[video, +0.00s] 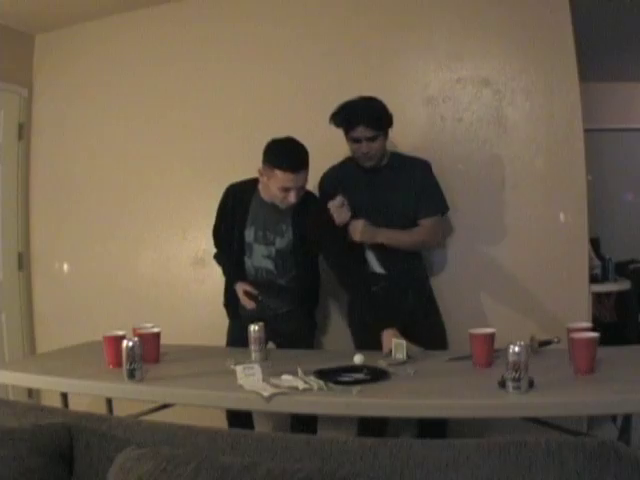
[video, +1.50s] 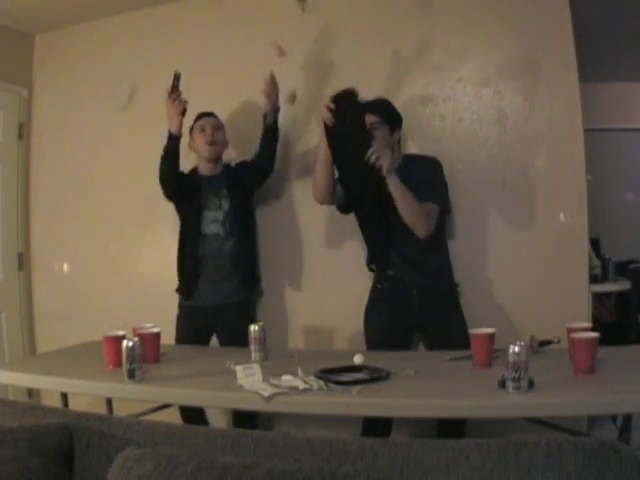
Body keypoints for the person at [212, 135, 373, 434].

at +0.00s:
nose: (294, 198)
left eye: (300, 189)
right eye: (285, 190)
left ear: (306, 177)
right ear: (263, 175)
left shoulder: (311, 208)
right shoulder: (236, 197)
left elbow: (343, 264)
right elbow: (223, 244)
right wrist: (235, 280)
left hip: (295, 317)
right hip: (246, 315)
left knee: (299, 398)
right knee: (235, 394)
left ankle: (301, 464)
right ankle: (242, 460)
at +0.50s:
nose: (271, 174)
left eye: (276, 165)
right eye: (262, 166)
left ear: (282, 158)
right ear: (241, 160)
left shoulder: (298, 198)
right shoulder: (221, 195)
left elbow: (319, 253)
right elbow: (216, 243)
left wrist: (343, 289)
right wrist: (222, 278)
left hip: (286, 313)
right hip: (237, 312)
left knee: (295, 393)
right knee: (223, 391)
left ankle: (301, 462)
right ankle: (228, 462)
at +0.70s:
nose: (247, 159)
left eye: (252, 150)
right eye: (239, 151)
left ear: (258, 150)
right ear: (219, 150)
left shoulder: (274, 192)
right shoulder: (200, 198)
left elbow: (299, 253)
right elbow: (191, 253)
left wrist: (319, 308)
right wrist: (199, 284)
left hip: (269, 311)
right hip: (220, 313)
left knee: (285, 391)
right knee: (209, 392)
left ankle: (296, 461)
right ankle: (225, 456)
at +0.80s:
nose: (236, 144)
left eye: (241, 137)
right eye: (228, 137)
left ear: (247, 140)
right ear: (210, 142)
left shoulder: (262, 181)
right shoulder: (191, 192)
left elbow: (294, 199)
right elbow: (177, 245)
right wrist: (182, 261)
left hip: (258, 305)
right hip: (212, 310)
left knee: (277, 383)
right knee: (211, 392)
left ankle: (292, 456)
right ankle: (225, 457)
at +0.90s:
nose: (227, 133)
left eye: (231, 126)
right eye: (217, 127)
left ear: (238, 133)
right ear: (200, 136)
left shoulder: (254, 174)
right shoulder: (183, 190)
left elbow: (284, 152)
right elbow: (165, 252)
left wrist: (285, 98)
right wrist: (171, 250)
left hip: (252, 299)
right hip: (207, 306)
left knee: (268, 384)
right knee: (214, 395)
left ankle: (277, 460)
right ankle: (227, 463)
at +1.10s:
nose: (216, 134)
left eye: (220, 130)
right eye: (207, 130)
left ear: (227, 142)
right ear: (191, 144)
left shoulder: (245, 176)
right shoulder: (179, 192)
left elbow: (274, 136)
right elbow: (151, 233)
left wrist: (274, 77)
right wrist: (161, 185)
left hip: (245, 304)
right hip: (200, 309)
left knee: (251, 385)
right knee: (206, 394)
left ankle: (253, 454)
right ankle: (221, 456)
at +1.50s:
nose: (211, 134)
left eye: (217, 129)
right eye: (203, 129)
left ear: (226, 140)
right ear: (191, 142)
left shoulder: (242, 178)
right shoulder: (185, 185)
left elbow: (265, 161)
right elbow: (168, 180)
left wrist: (271, 113)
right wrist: (173, 129)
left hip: (236, 297)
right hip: (195, 299)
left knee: (243, 376)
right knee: (182, 376)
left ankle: (245, 447)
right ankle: (202, 444)